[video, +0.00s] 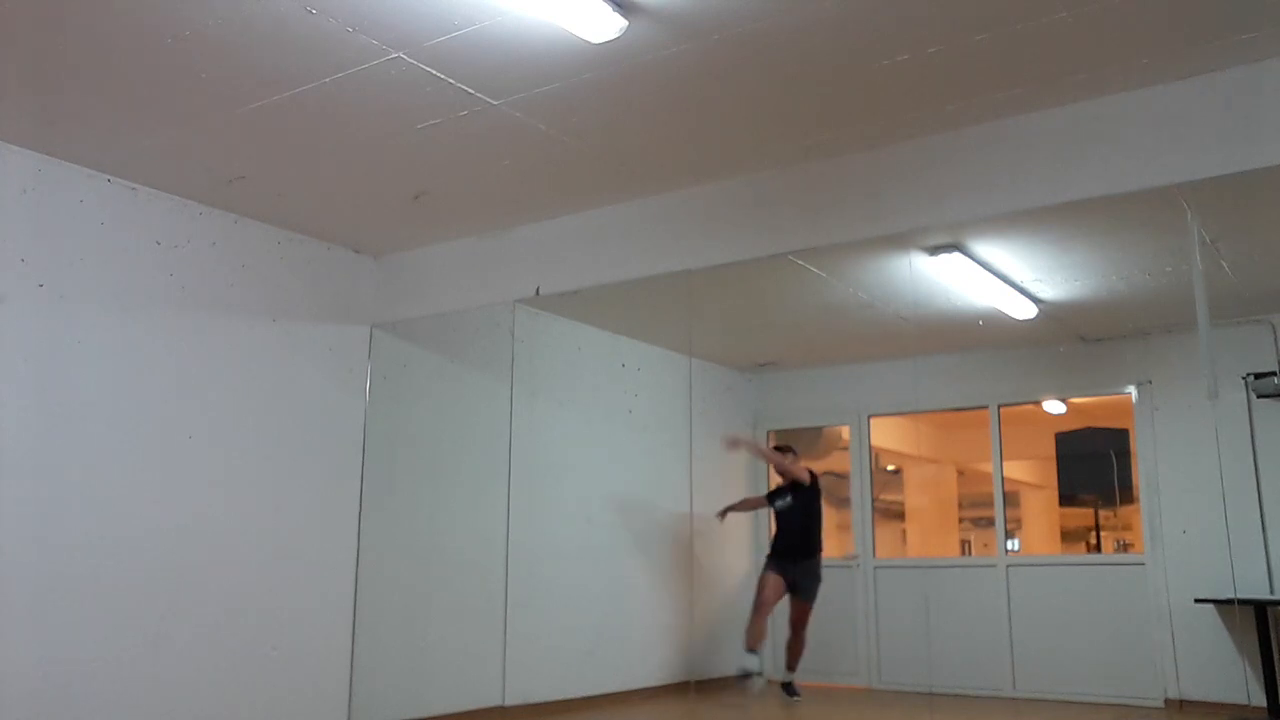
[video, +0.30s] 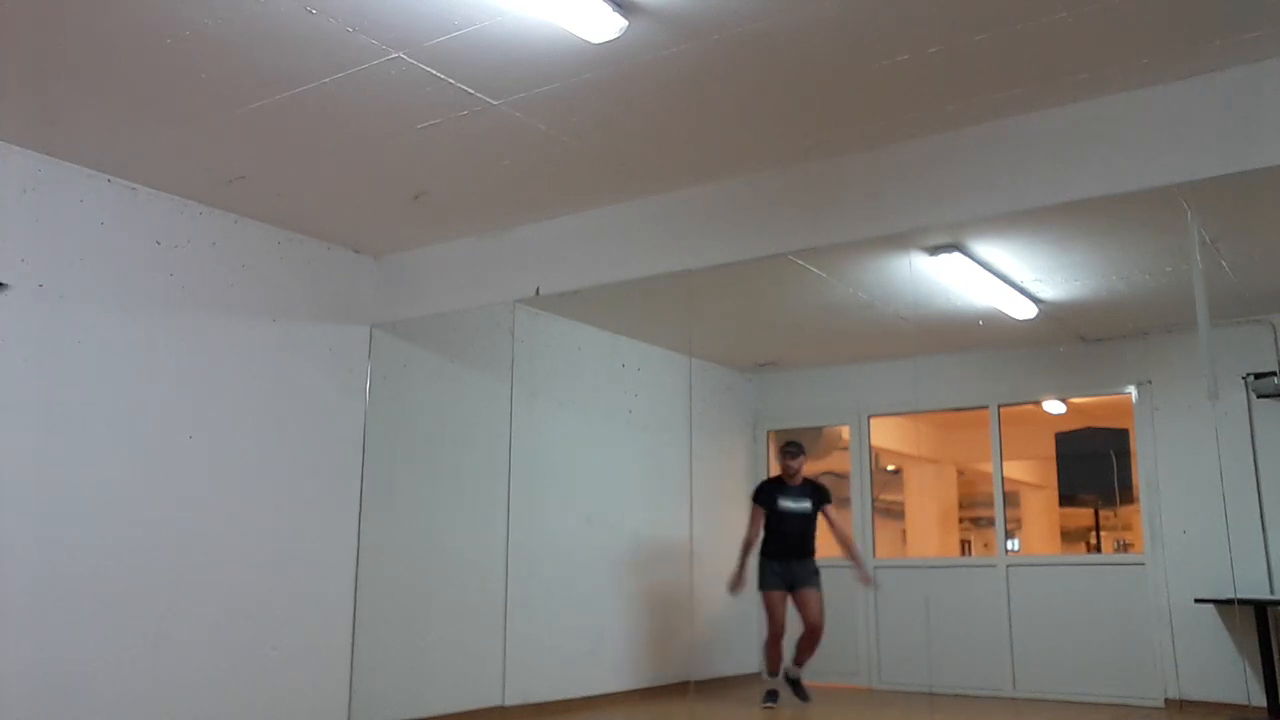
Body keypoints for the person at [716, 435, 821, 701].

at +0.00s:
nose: (778, 466)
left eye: (782, 460)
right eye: (775, 462)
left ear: (795, 460)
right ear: (774, 465)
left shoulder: (810, 481)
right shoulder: (778, 494)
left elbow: (785, 465)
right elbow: (754, 503)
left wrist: (748, 445)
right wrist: (729, 508)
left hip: (806, 563)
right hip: (779, 561)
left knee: (798, 625)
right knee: (762, 603)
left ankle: (789, 679)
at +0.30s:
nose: (790, 465)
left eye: (795, 459)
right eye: (786, 460)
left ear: (804, 460)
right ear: (779, 461)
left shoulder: (816, 491)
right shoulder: (767, 489)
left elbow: (838, 529)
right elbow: (753, 533)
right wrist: (740, 570)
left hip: (804, 565)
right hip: (772, 565)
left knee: (815, 626)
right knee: (776, 628)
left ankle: (793, 672)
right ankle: (771, 685)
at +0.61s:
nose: (809, 445)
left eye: (814, 440)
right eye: (804, 440)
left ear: (822, 443)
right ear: (798, 445)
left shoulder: (837, 476)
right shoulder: (790, 474)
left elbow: (873, 479)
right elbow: (795, 477)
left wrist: (907, 481)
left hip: (827, 561)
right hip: (794, 560)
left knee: (832, 627)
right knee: (788, 626)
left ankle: (819, 696)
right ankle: (777, 679)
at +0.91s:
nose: (841, 421)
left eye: (847, 416)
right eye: (835, 417)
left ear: (859, 423)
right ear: (828, 426)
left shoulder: (869, 454)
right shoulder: (823, 454)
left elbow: (914, 454)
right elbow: (842, 446)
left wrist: (953, 455)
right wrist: (875, 424)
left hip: (860, 545)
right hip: (827, 545)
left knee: (871, 609)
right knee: (829, 620)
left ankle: (883, 683)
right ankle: (832, 692)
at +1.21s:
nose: (902, 441)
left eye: (906, 435)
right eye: (897, 435)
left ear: (914, 438)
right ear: (888, 439)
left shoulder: (930, 471)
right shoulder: (879, 478)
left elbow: (979, 455)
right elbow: (880, 532)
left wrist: (1023, 432)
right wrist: (878, 581)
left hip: (921, 569)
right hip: (887, 570)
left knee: (935, 636)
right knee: (885, 643)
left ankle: (917, 710)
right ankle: (848, 678)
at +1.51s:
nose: (968, 427)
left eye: (973, 421)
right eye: (961, 421)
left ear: (983, 423)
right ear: (951, 424)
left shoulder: (998, 463)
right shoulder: (939, 452)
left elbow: (1026, 506)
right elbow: (900, 425)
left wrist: (1056, 547)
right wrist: (866, 402)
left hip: (984, 557)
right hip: (953, 556)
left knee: (973, 639)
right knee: (991, 636)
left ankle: (912, 639)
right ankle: (992, 712)